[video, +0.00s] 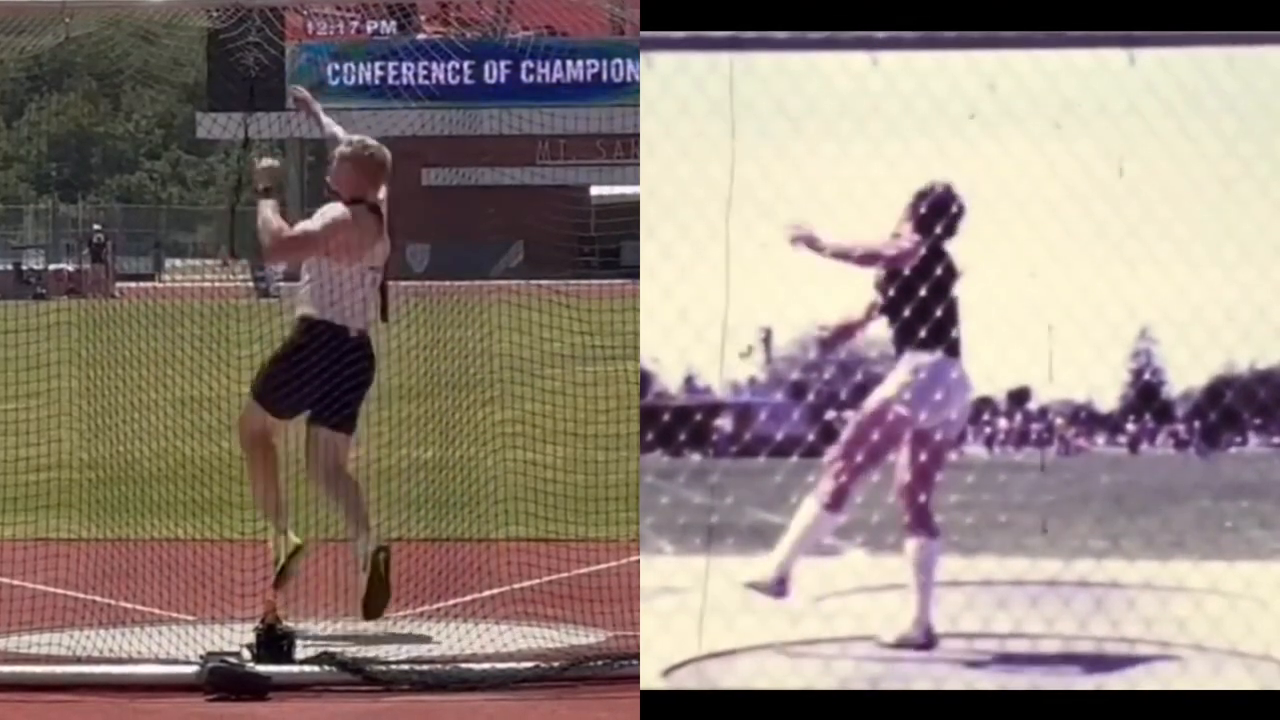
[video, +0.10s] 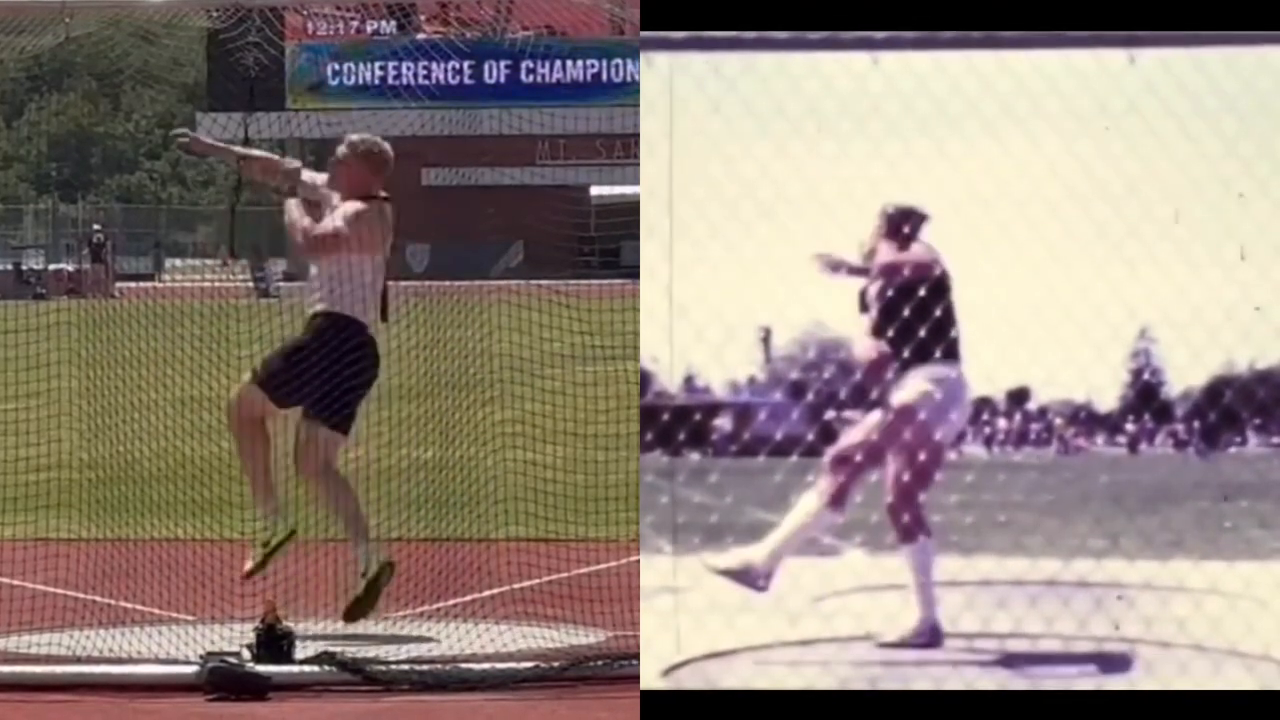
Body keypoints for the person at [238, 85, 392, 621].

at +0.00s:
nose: (331, 170)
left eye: (338, 164)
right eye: (334, 164)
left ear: (356, 176)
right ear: (373, 180)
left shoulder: (340, 218)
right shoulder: (375, 217)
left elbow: (276, 244)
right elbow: (352, 151)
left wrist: (266, 193)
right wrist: (316, 114)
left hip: (317, 340)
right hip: (356, 346)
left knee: (254, 430)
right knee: (328, 461)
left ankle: (281, 535)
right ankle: (368, 547)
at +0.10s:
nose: (334, 169)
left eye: (342, 162)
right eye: (336, 162)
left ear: (366, 170)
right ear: (358, 170)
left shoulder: (369, 213)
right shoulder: (339, 201)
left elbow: (310, 243)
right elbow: (279, 168)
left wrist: (290, 200)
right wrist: (209, 145)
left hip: (333, 337)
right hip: (354, 346)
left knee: (244, 411)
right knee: (314, 462)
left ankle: (272, 520)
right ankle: (370, 559)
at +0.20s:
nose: (330, 170)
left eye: (340, 163)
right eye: (331, 162)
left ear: (364, 173)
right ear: (335, 169)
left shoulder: (375, 211)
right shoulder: (319, 205)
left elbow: (342, 243)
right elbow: (242, 206)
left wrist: (311, 202)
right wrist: (178, 207)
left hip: (348, 339)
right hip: (338, 341)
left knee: (247, 395)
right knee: (305, 462)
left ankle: (266, 513)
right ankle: (359, 568)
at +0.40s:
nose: (321, 174)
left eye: (333, 167)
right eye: (321, 164)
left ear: (359, 177)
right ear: (318, 167)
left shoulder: (375, 214)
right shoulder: (296, 211)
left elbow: (387, 262)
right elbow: (238, 238)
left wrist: (336, 223)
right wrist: (197, 261)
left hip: (360, 337)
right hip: (323, 340)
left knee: (268, 381)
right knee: (302, 465)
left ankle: (273, 505)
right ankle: (337, 576)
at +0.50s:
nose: (322, 175)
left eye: (333, 170)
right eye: (318, 166)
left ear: (353, 180)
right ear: (307, 172)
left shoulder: (371, 220)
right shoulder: (284, 224)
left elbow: (409, 268)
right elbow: (246, 260)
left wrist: (358, 234)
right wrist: (243, 289)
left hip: (361, 337)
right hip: (308, 343)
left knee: (312, 365)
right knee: (306, 469)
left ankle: (285, 484)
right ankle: (307, 579)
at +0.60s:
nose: (323, 196)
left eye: (332, 189)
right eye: (316, 185)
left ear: (344, 192)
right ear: (301, 184)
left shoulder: (365, 232)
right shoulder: (275, 236)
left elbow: (421, 282)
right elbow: (258, 283)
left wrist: (383, 252)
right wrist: (283, 313)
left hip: (359, 346)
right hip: (305, 355)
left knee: (360, 358)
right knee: (291, 476)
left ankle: (319, 461)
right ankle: (283, 593)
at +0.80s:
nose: (331, 204)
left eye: (337, 196)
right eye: (321, 193)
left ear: (344, 201)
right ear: (297, 197)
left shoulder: (357, 242)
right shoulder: (274, 245)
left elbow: (420, 293)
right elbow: (278, 295)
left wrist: (400, 272)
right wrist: (324, 319)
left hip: (348, 366)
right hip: (299, 369)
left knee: (396, 356)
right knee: (288, 495)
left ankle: (373, 437)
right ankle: (276, 610)